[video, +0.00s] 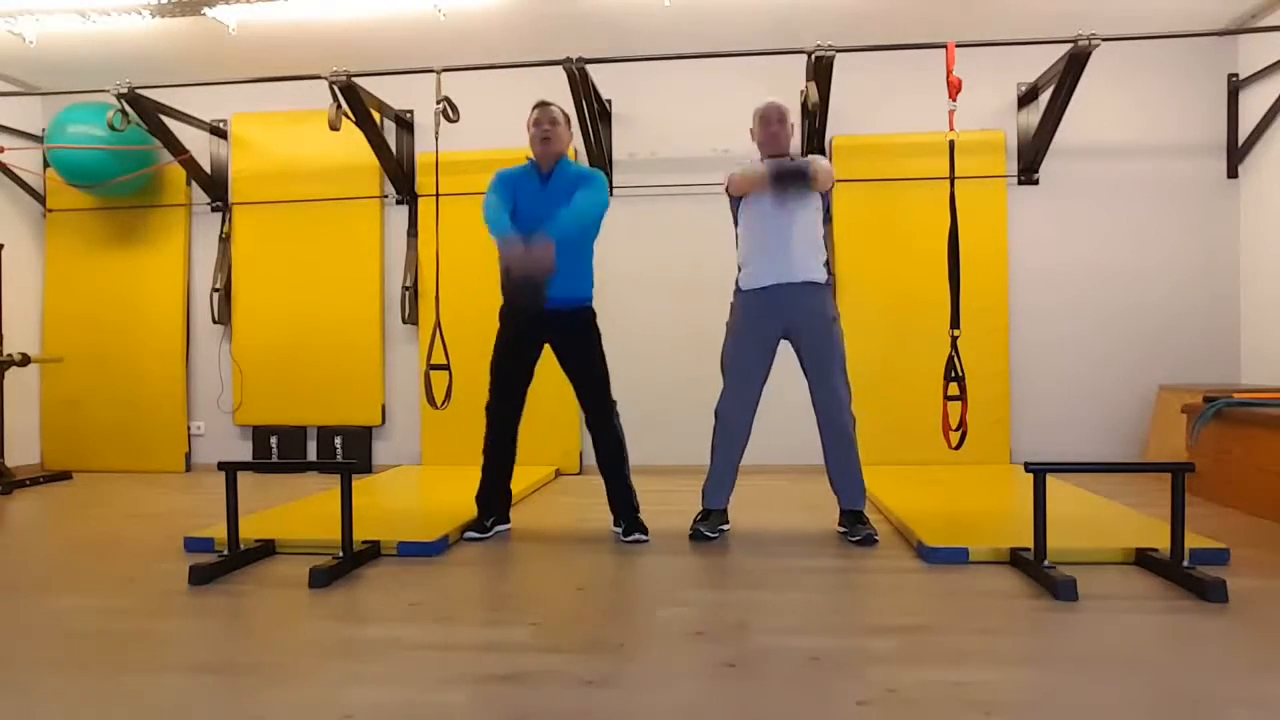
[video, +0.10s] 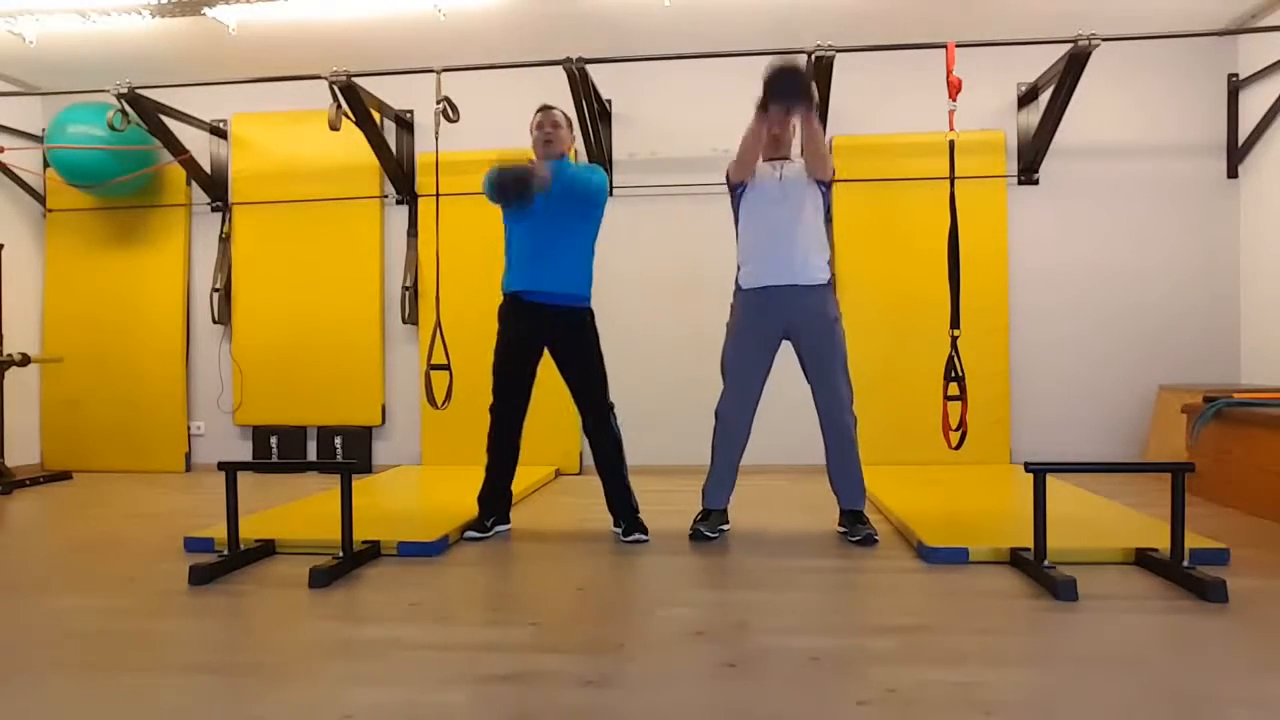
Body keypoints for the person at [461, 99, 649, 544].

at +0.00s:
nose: (545, 127)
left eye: (553, 122)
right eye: (537, 122)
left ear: (569, 135)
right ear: (527, 136)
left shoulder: (590, 180)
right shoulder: (509, 179)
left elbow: (584, 213)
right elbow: (494, 210)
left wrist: (546, 240)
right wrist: (511, 242)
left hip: (572, 315)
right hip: (520, 315)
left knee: (601, 413)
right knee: (501, 414)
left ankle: (627, 516)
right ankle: (493, 513)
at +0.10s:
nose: (547, 130)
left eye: (556, 124)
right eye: (540, 125)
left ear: (572, 137)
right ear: (529, 137)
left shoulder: (591, 177)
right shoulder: (516, 177)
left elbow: (589, 185)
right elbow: (493, 185)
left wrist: (544, 172)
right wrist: (514, 181)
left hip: (572, 313)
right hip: (520, 310)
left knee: (598, 415)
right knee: (505, 415)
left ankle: (626, 517)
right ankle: (493, 514)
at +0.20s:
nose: (547, 134)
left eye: (555, 127)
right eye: (540, 131)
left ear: (572, 136)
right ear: (532, 139)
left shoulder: (593, 177)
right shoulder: (518, 178)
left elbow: (566, 150)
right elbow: (495, 171)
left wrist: (546, 124)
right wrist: (502, 128)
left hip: (571, 311)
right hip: (519, 309)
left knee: (597, 415)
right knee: (507, 414)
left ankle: (626, 517)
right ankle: (494, 514)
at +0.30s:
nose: (537, 135)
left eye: (545, 129)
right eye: (533, 128)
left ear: (565, 137)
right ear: (532, 137)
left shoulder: (591, 176)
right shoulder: (518, 177)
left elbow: (577, 139)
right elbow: (494, 155)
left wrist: (544, 98)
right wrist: (500, 109)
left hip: (573, 312)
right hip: (522, 310)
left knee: (598, 417)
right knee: (508, 416)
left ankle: (626, 517)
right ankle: (494, 514)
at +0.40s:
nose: (541, 125)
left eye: (549, 120)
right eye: (536, 121)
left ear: (568, 132)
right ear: (532, 135)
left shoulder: (591, 173)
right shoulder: (518, 176)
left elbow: (576, 133)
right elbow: (494, 151)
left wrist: (544, 92)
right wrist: (499, 103)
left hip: (575, 311)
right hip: (524, 310)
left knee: (599, 415)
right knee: (509, 415)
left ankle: (627, 517)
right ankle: (494, 513)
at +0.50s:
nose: (539, 142)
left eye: (547, 136)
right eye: (536, 135)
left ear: (567, 141)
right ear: (535, 141)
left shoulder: (592, 175)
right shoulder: (520, 178)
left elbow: (570, 142)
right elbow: (495, 158)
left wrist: (544, 112)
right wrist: (498, 116)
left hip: (577, 312)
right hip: (526, 310)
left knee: (600, 415)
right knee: (509, 414)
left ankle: (627, 517)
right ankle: (494, 513)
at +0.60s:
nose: (548, 128)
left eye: (556, 121)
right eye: (540, 124)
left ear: (574, 134)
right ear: (530, 137)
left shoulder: (594, 176)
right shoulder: (518, 177)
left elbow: (573, 176)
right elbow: (495, 178)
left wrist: (544, 153)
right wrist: (496, 143)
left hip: (580, 318)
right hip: (527, 317)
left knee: (603, 418)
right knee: (506, 416)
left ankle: (627, 517)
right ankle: (495, 514)